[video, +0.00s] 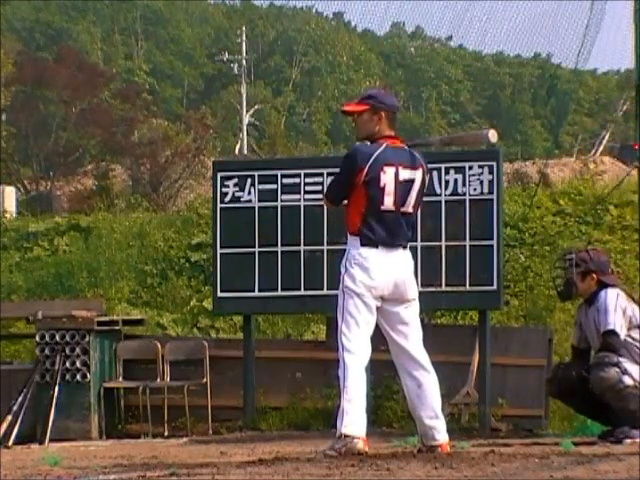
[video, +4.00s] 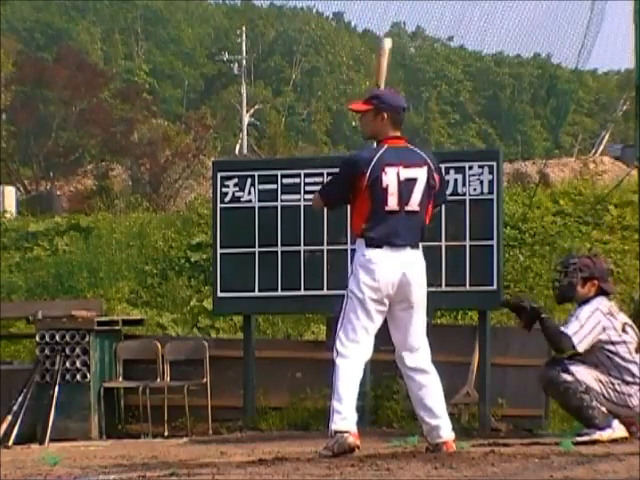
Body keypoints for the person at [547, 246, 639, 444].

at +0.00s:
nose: (567, 281)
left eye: (573, 276)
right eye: (568, 275)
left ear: (592, 278)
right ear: (589, 279)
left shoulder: (609, 297)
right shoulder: (583, 309)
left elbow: (611, 344)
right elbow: (580, 353)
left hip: (634, 370)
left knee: (602, 370)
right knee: (560, 378)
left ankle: (632, 426)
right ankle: (618, 424)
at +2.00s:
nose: (577, 281)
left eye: (585, 276)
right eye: (577, 275)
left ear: (606, 282)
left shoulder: (618, 300)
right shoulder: (593, 308)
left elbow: (625, 351)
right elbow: (603, 351)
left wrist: (584, 347)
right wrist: (565, 361)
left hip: (633, 373)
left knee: (607, 367)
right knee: (557, 379)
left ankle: (632, 426)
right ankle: (617, 423)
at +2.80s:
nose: (576, 278)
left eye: (583, 272)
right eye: (576, 272)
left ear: (605, 277)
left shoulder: (619, 301)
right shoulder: (595, 308)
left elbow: (627, 355)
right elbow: (596, 352)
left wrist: (576, 346)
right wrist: (570, 344)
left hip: (633, 378)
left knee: (599, 370)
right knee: (559, 373)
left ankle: (633, 425)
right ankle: (619, 424)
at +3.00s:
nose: (571, 266)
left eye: (579, 261)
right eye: (571, 260)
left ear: (598, 265)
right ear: (596, 267)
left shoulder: (609, 287)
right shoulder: (597, 291)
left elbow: (605, 328)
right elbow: (587, 333)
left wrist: (571, 317)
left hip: (632, 366)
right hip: (618, 363)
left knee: (595, 374)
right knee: (560, 375)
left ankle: (633, 424)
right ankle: (620, 424)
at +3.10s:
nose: (569, 247)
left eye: (576, 242)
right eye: (568, 241)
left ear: (596, 248)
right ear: (594, 249)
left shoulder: (607, 268)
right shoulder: (593, 273)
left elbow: (588, 300)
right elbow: (575, 306)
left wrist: (565, 299)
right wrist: (566, 297)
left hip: (635, 349)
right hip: (621, 349)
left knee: (588, 366)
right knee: (561, 371)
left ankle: (634, 423)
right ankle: (620, 422)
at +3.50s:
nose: (566, 264)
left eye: (574, 259)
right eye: (566, 258)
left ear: (594, 266)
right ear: (593, 266)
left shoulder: (602, 288)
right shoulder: (589, 290)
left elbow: (574, 318)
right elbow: (568, 310)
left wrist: (554, 310)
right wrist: (555, 311)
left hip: (633, 371)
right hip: (621, 368)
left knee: (567, 363)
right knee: (556, 373)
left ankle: (611, 428)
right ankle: (620, 421)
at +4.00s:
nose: (562, 282)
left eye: (570, 278)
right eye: (564, 276)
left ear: (592, 286)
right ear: (592, 286)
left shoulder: (596, 309)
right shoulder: (602, 306)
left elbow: (563, 345)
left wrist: (541, 317)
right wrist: (532, 317)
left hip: (630, 396)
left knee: (556, 371)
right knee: (559, 367)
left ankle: (606, 426)